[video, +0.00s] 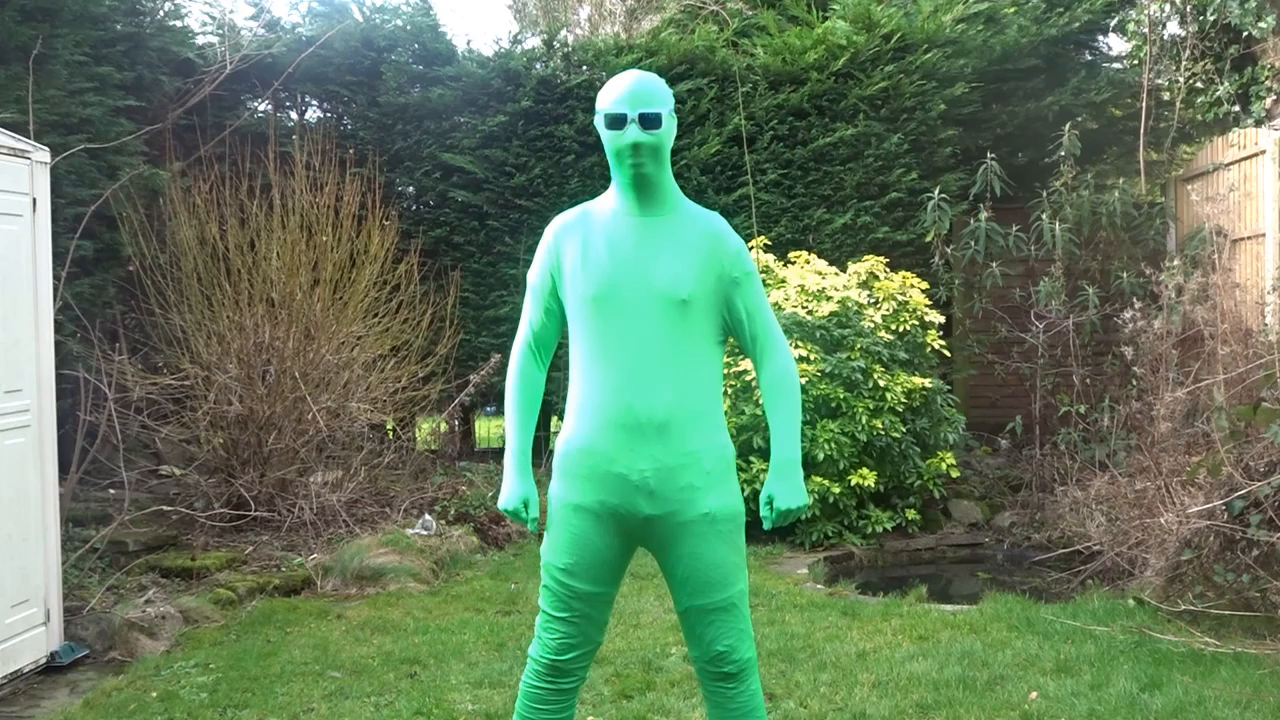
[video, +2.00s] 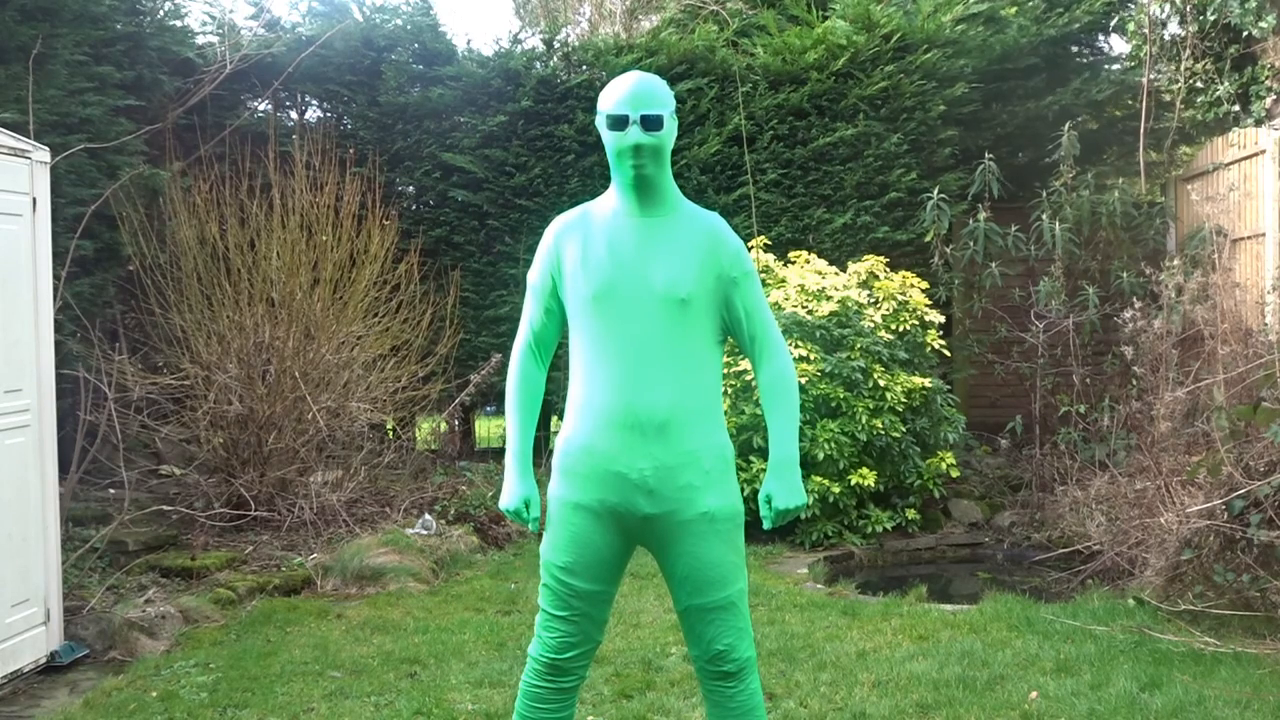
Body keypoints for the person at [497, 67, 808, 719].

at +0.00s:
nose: (634, 135)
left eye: (649, 120)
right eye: (618, 122)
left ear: (673, 128)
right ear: (600, 134)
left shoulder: (714, 237)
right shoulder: (566, 236)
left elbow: (771, 351)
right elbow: (531, 351)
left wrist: (786, 463)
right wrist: (515, 466)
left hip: (699, 486)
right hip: (588, 485)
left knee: (729, 669)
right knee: (553, 668)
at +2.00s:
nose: (636, 136)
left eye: (651, 122)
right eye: (620, 123)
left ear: (673, 129)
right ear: (601, 135)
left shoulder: (713, 237)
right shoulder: (566, 236)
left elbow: (769, 351)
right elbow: (531, 352)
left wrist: (784, 464)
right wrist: (517, 466)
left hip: (698, 486)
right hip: (588, 484)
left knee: (729, 667)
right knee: (554, 665)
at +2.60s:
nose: (638, 137)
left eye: (653, 122)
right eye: (622, 124)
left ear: (674, 131)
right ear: (602, 135)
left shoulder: (713, 239)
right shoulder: (566, 237)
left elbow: (768, 353)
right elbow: (532, 354)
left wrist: (782, 465)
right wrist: (519, 468)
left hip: (698, 487)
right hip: (586, 485)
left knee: (728, 666)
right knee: (553, 664)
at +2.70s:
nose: (638, 137)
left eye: (653, 123)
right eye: (622, 124)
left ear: (674, 131)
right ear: (602, 135)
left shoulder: (712, 239)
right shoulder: (566, 237)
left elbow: (767, 353)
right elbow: (532, 354)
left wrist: (782, 465)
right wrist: (519, 467)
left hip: (697, 487)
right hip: (585, 486)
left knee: (728, 667)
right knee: (552, 665)